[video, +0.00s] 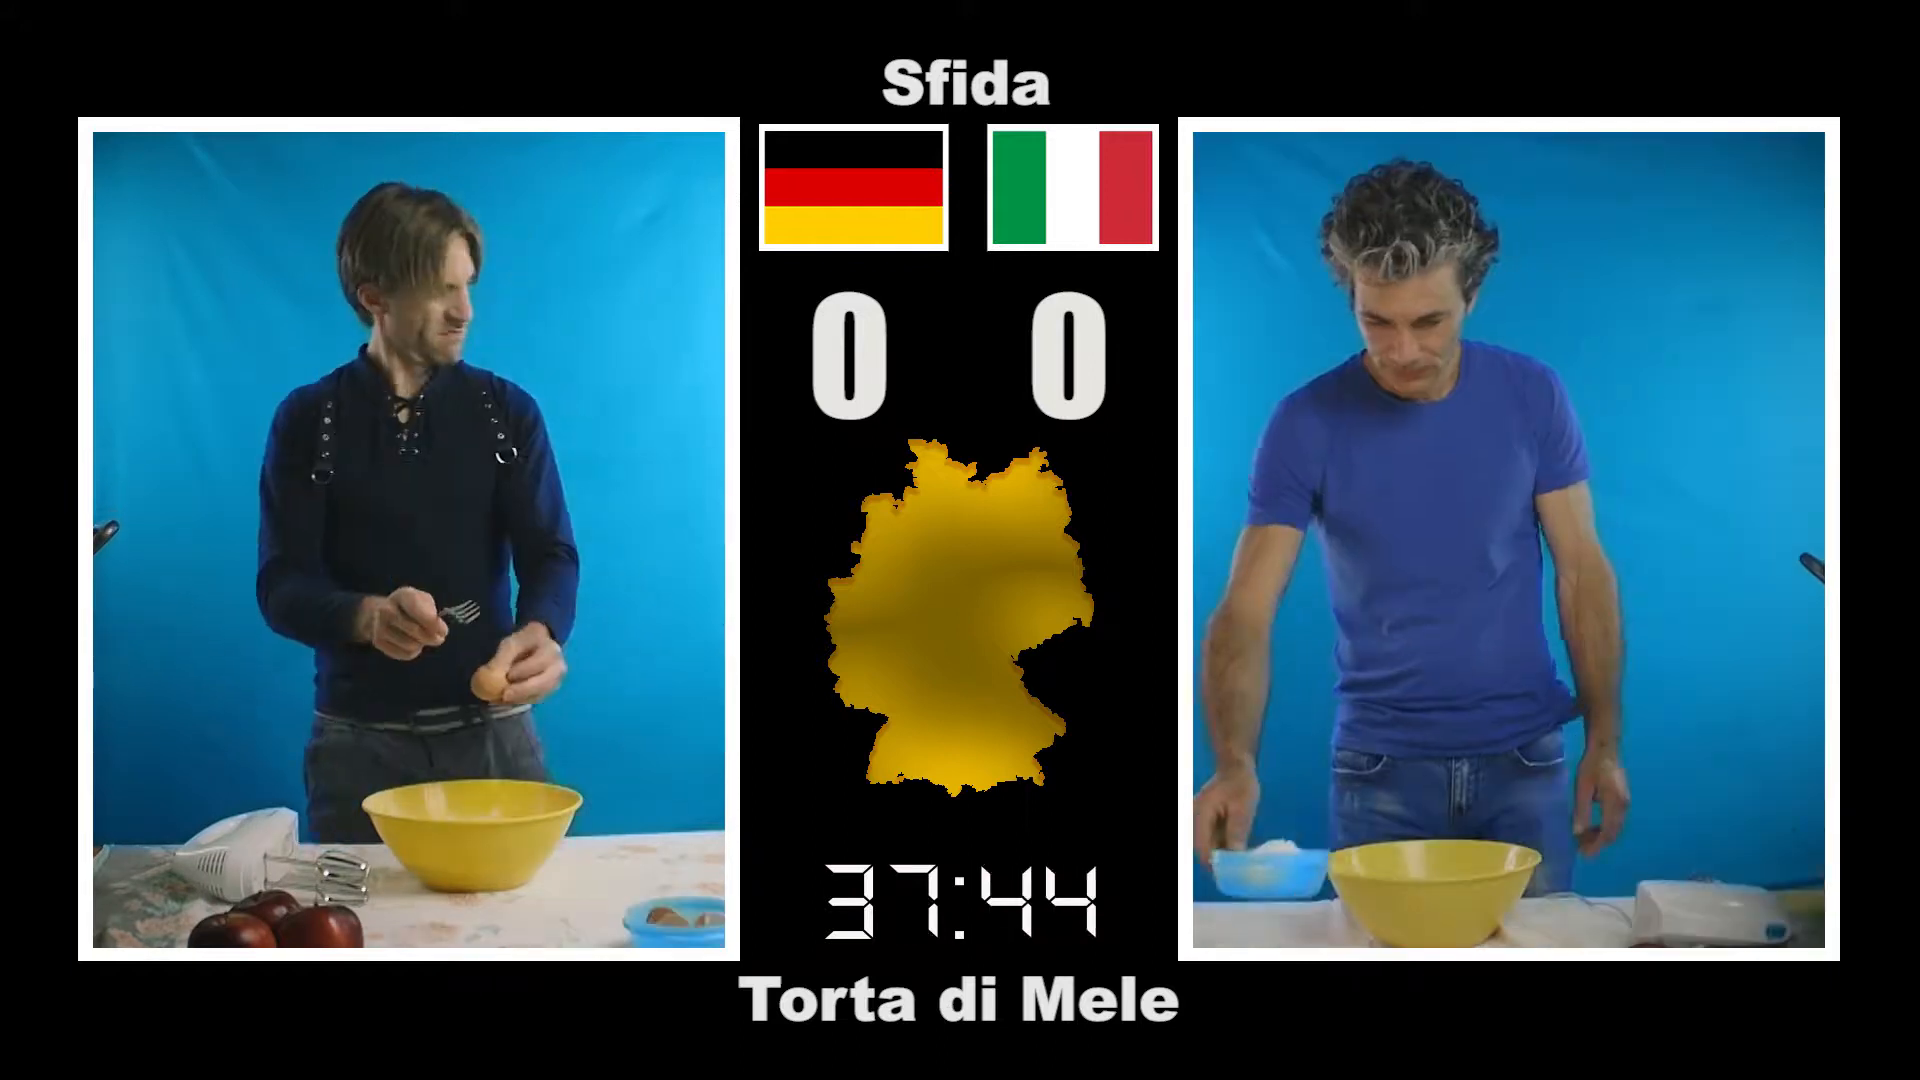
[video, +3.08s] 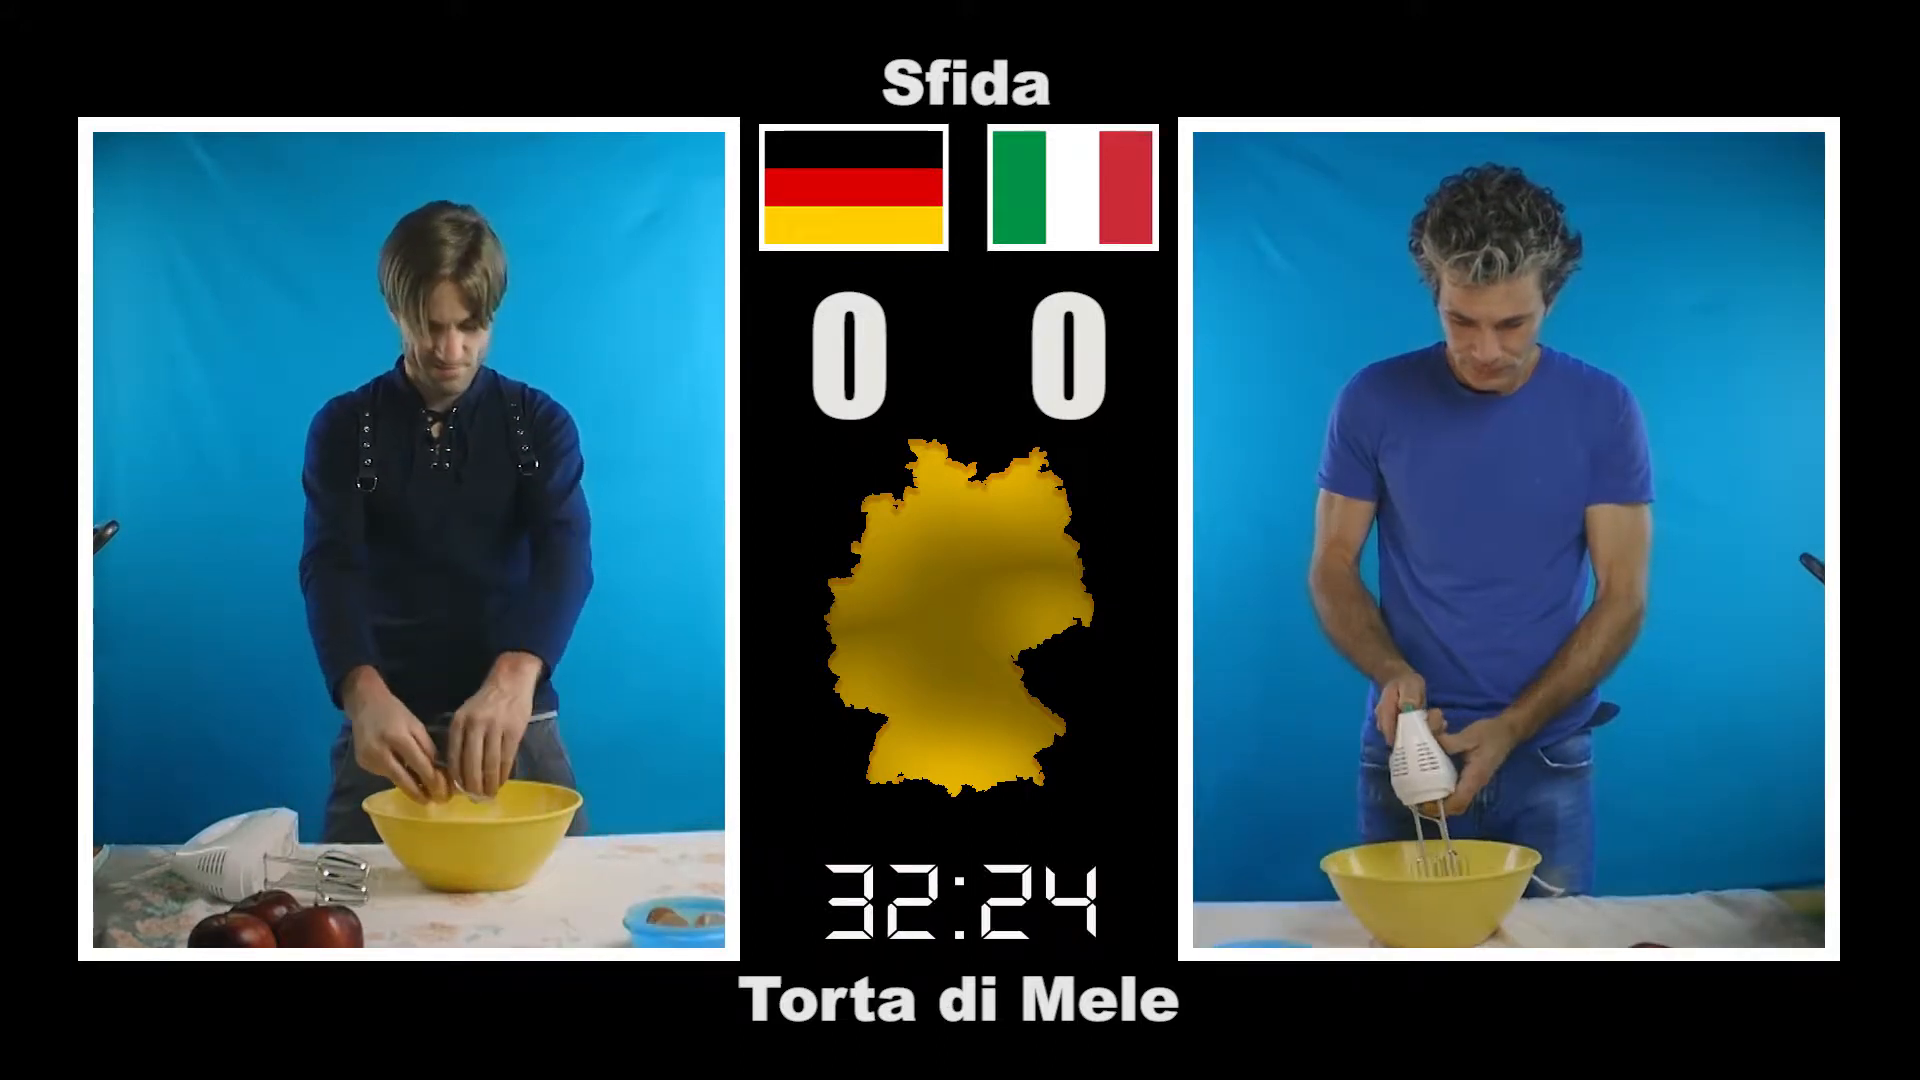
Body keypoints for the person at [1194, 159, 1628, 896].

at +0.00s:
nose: (1405, 350)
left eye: (1430, 321)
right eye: (1379, 322)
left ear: (1468, 294)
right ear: (1352, 297)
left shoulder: (1529, 397)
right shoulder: (1310, 423)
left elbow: (1583, 573)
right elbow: (1244, 613)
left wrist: (1604, 745)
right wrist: (1234, 764)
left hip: (1525, 765)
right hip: (1380, 769)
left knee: (1533, 963)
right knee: (1381, 972)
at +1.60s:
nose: (1447, 344)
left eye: (1472, 317)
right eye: (1423, 317)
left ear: (1507, 292)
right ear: (1396, 292)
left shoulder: (1562, 402)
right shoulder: (1343, 406)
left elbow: (1618, 576)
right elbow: (1269, 587)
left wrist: (1550, 718)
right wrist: (1319, 723)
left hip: (1520, 752)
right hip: (1382, 753)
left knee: (1529, 948)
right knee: (1388, 951)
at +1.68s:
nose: (1506, 355)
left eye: (1532, 329)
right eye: (1481, 329)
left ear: (1568, 300)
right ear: (1452, 299)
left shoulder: (1623, 411)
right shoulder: (1399, 405)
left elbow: (1685, 569)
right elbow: (1350, 593)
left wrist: (1668, 658)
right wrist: (1462, 675)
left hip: (1562, 762)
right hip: (1425, 756)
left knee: (1562, 952)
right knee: (1421, 952)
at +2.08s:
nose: (1505, 347)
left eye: (1529, 319)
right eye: (1481, 320)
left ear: (1565, 295)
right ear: (1454, 295)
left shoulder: (1620, 413)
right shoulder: (1393, 401)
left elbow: (1663, 589)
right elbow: (1340, 560)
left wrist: (1580, 697)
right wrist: (1383, 647)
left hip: (1560, 761)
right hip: (1418, 751)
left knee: (1559, 951)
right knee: (1411, 951)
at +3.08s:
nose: (1486, 350)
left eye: (1512, 324)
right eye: (1463, 322)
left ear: (1548, 298)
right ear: (1436, 293)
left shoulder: (1600, 411)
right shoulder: (1375, 401)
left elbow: (1623, 602)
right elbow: (1332, 572)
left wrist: (1511, 726)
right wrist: (1393, 673)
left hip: (1546, 758)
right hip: (1403, 758)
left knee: (1544, 953)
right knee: (1397, 952)